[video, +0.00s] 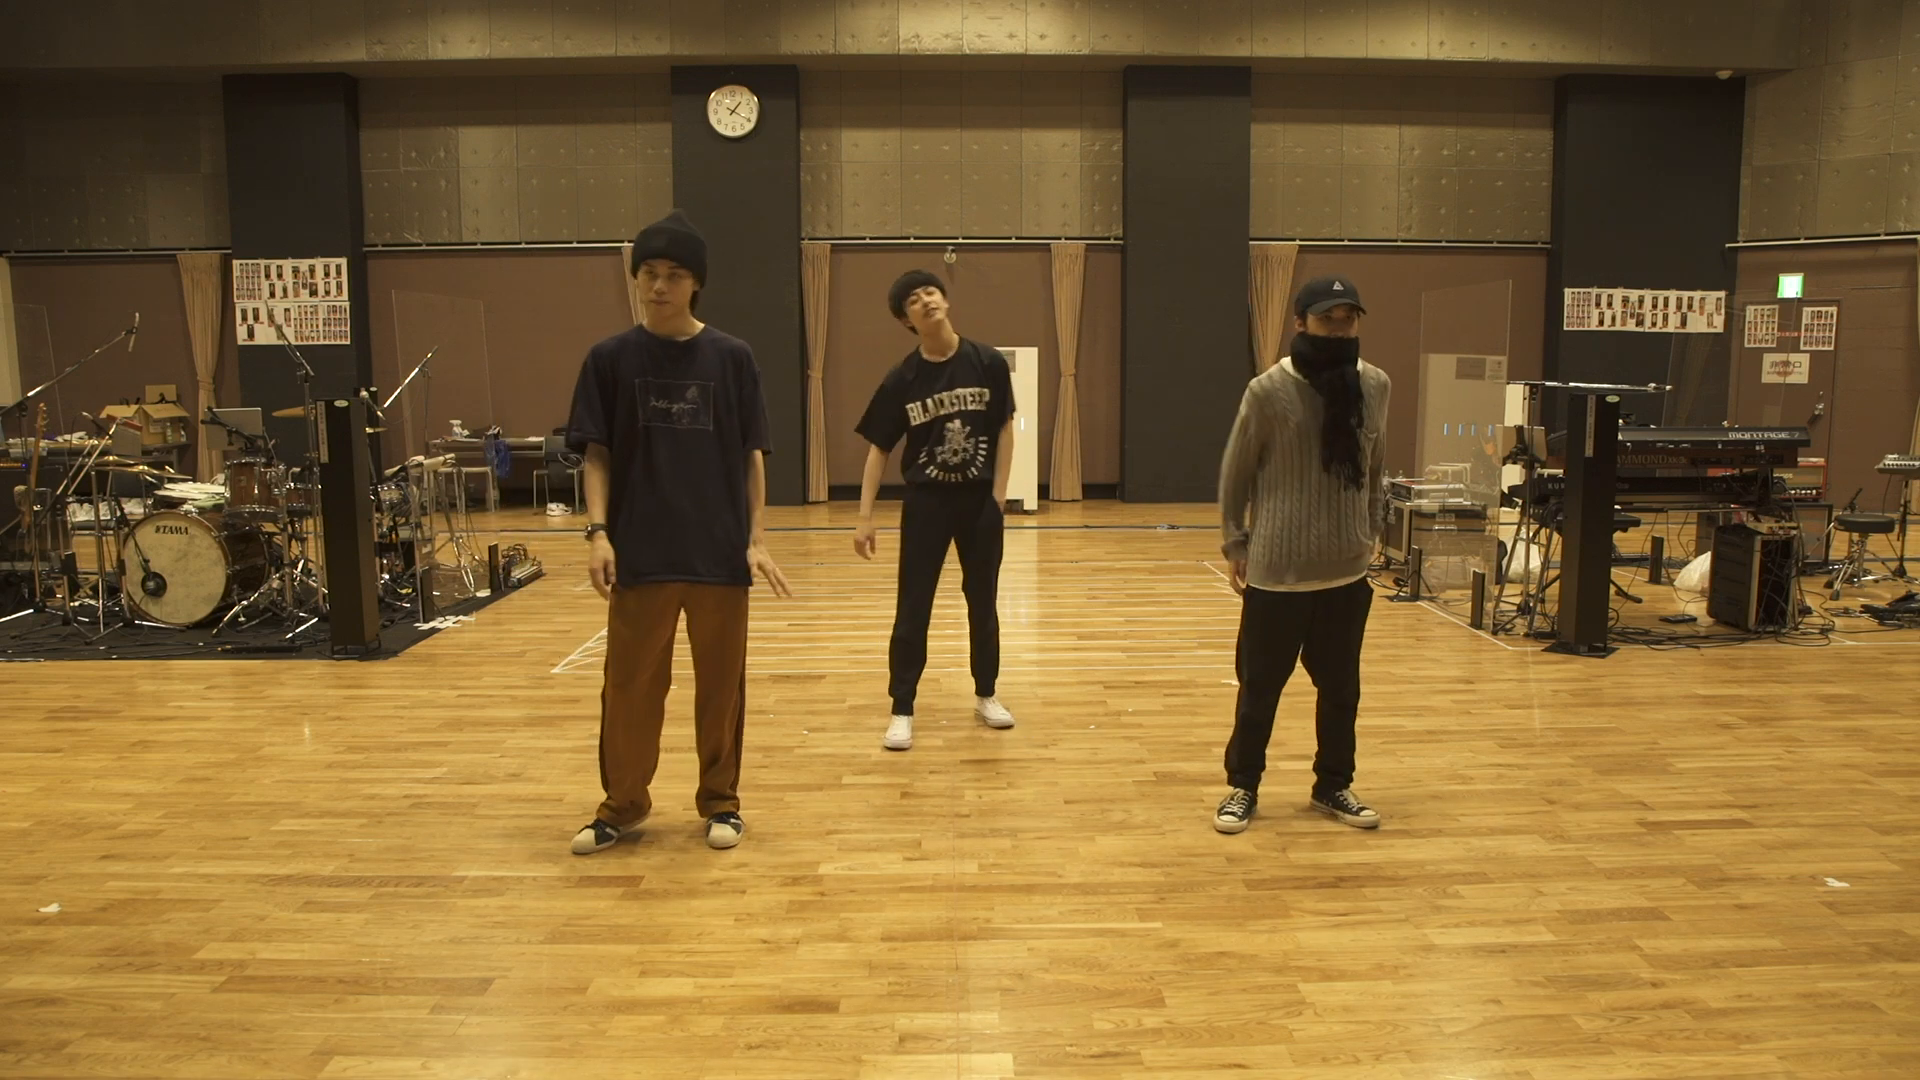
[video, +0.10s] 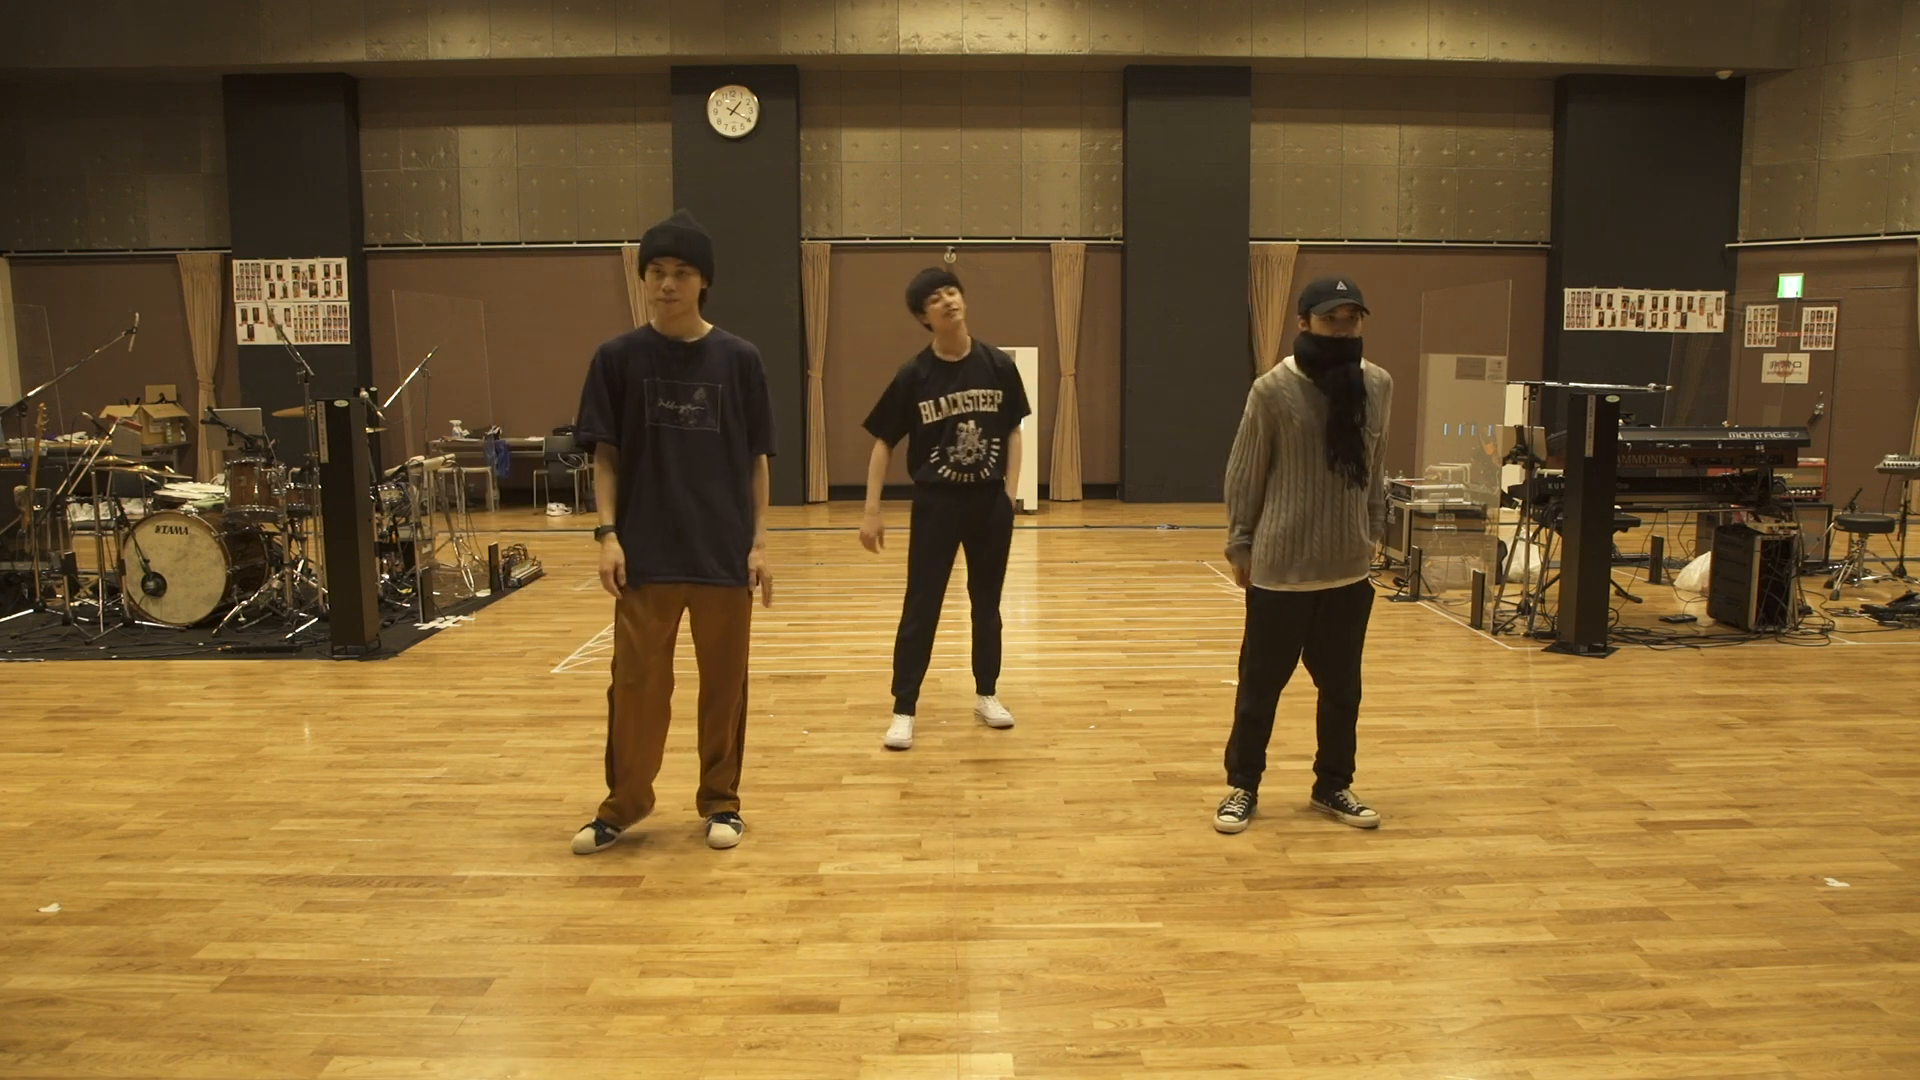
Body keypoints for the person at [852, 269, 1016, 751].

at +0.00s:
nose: (925, 301)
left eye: (930, 293)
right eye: (914, 300)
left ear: (948, 302)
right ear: (906, 321)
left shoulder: (989, 363)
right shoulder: (901, 380)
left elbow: (1005, 428)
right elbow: (878, 449)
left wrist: (998, 495)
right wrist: (865, 518)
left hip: (979, 503)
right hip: (925, 506)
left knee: (983, 603)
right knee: (913, 608)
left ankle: (986, 695)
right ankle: (902, 713)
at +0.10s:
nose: (948, 301)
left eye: (952, 293)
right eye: (936, 300)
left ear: (965, 301)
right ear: (923, 318)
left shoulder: (998, 364)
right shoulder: (914, 376)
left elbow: (1013, 432)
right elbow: (882, 442)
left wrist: (1010, 492)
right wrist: (871, 511)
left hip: (990, 502)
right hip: (935, 505)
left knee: (987, 603)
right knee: (921, 606)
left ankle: (987, 695)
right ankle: (903, 712)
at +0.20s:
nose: (967, 301)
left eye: (971, 293)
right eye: (956, 298)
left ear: (982, 301)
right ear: (938, 313)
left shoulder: (1004, 365)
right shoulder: (923, 371)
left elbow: (1021, 431)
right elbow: (889, 436)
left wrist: (1020, 488)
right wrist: (884, 506)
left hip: (998, 504)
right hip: (943, 505)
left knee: (992, 606)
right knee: (927, 607)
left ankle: (988, 696)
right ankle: (907, 711)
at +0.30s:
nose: (990, 301)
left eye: (993, 293)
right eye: (978, 296)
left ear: (999, 303)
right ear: (956, 309)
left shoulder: (1010, 366)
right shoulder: (934, 367)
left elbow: (1023, 424)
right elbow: (895, 429)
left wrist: (1029, 469)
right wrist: (904, 495)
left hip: (1001, 503)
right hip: (948, 502)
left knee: (993, 604)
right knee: (935, 603)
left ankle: (987, 695)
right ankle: (917, 703)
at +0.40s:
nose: (998, 302)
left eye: (1001, 295)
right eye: (987, 297)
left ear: (1006, 303)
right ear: (963, 308)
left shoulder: (1011, 365)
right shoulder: (938, 364)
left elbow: (1020, 421)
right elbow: (894, 422)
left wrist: (1029, 462)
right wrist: (911, 486)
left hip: (1000, 500)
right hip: (950, 499)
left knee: (993, 602)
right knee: (942, 601)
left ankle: (987, 695)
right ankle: (924, 699)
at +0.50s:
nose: (999, 304)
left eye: (1002, 296)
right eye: (988, 298)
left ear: (1006, 305)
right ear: (964, 308)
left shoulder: (1008, 366)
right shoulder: (938, 364)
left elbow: (1014, 423)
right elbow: (886, 414)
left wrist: (1020, 464)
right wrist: (915, 471)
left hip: (998, 498)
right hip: (951, 499)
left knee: (994, 603)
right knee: (950, 602)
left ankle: (986, 696)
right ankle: (934, 696)